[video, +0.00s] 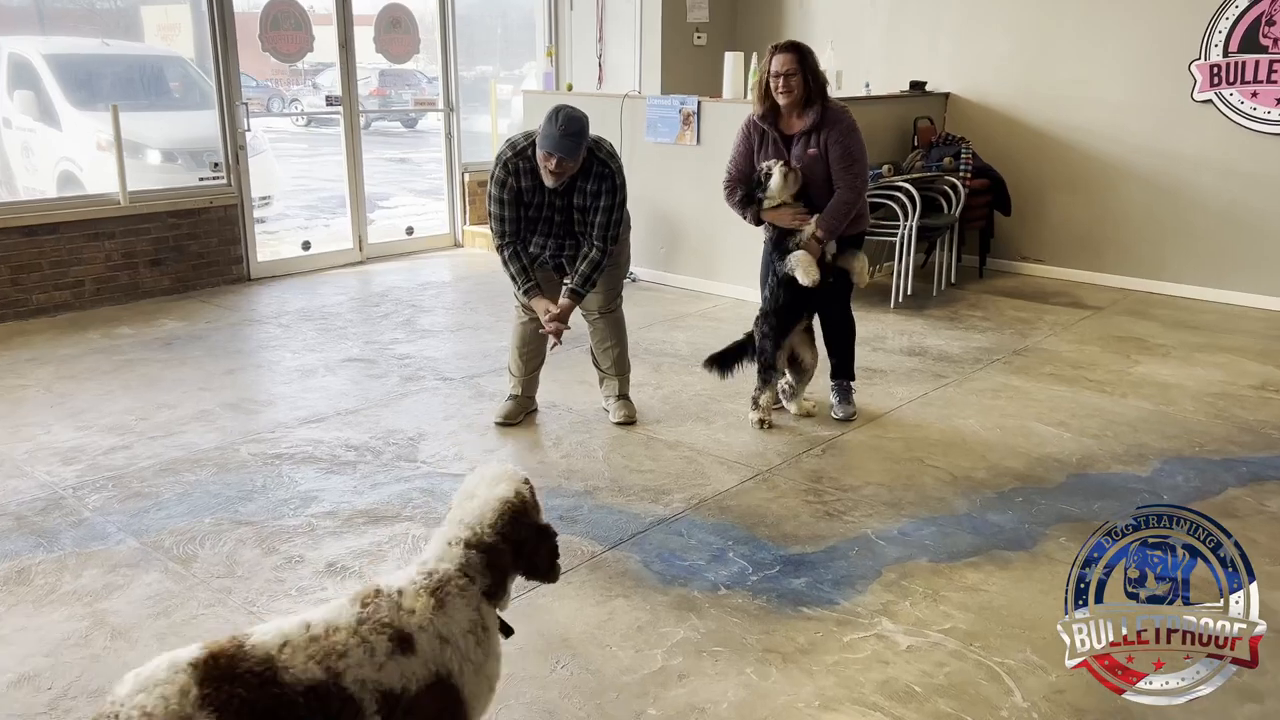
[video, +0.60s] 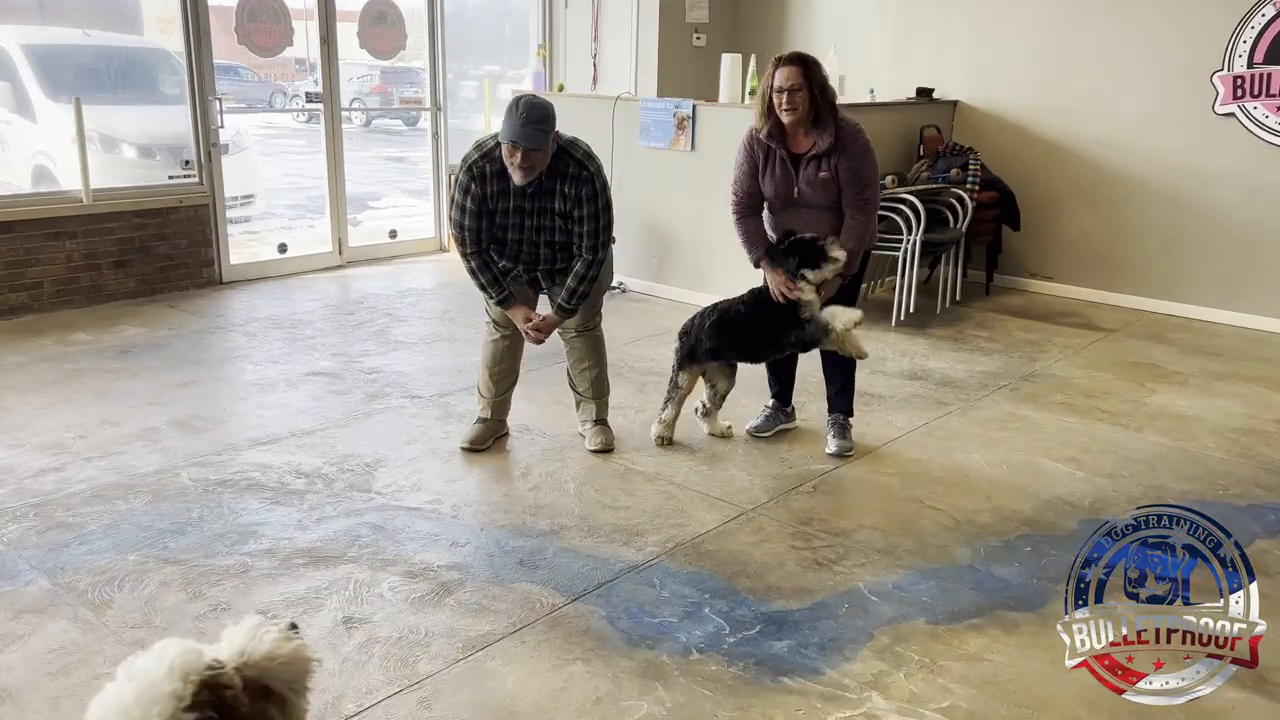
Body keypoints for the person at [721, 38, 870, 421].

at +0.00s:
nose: (781, 82)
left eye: (790, 74)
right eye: (774, 75)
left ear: (807, 77)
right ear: (767, 81)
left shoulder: (836, 121)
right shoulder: (756, 125)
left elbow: (852, 188)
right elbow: (734, 186)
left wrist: (818, 235)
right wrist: (767, 214)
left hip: (838, 233)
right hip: (783, 233)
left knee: (834, 309)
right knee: (781, 310)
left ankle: (842, 385)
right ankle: (790, 373)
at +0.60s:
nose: (786, 98)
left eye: (796, 89)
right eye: (779, 90)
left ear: (815, 92)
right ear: (769, 96)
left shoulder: (848, 139)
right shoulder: (757, 141)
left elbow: (862, 210)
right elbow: (744, 207)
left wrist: (839, 272)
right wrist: (767, 265)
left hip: (843, 245)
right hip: (784, 246)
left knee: (834, 326)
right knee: (781, 321)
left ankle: (839, 419)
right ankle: (780, 406)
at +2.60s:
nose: (811, 122)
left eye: (821, 112)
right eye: (802, 112)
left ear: (845, 102)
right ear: (791, 106)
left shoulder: (884, 138)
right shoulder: (783, 144)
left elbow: (893, 226)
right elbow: (777, 222)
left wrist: (868, 298)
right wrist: (772, 297)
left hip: (880, 253)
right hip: (817, 251)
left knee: (861, 335)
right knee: (799, 340)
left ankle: (871, 436)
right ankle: (805, 423)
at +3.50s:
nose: (809, 147)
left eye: (820, 137)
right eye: (801, 138)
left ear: (844, 136)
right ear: (792, 138)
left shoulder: (889, 173)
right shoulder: (792, 180)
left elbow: (900, 262)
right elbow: (768, 240)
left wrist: (860, 333)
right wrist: (732, 300)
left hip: (907, 267)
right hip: (838, 267)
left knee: (895, 355)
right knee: (818, 355)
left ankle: (922, 417)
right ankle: (831, 440)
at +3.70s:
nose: (793, 175)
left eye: (803, 165)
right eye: (787, 165)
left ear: (831, 165)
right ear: (781, 167)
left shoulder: (876, 207)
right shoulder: (784, 208)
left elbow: (877, 298)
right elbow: (750, 259)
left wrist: (826, 361)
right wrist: (700, 301)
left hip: (901, 298)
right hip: (834, 291)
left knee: (894, 400)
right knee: (797, 350)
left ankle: (951, 405)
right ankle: (825, 440)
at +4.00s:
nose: (796, 218)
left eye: (806, 210)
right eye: (791, 208)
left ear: (834, 210)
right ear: (786, 207)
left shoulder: (872, 259)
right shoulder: (787, 244)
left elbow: (854, 344)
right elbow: (735, 273)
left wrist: (833, 419)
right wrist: (674, 288)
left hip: (888, 353)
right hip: (831, 337)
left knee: (878, 459)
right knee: (772, 357)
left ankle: (938, 411)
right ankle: (813, 442)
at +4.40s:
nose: (805, 207)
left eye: (816, 202)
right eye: (804, 197)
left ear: (846, 204)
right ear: (800, 194)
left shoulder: (886, 259)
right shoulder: (797, 236)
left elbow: (872, 346)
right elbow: (761, 275)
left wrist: (811, 390)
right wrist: (730, 291)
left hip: (875, 363)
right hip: (819, 340)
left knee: (863, 468)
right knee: (753, 351)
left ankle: (923, 410)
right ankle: (799, 438)